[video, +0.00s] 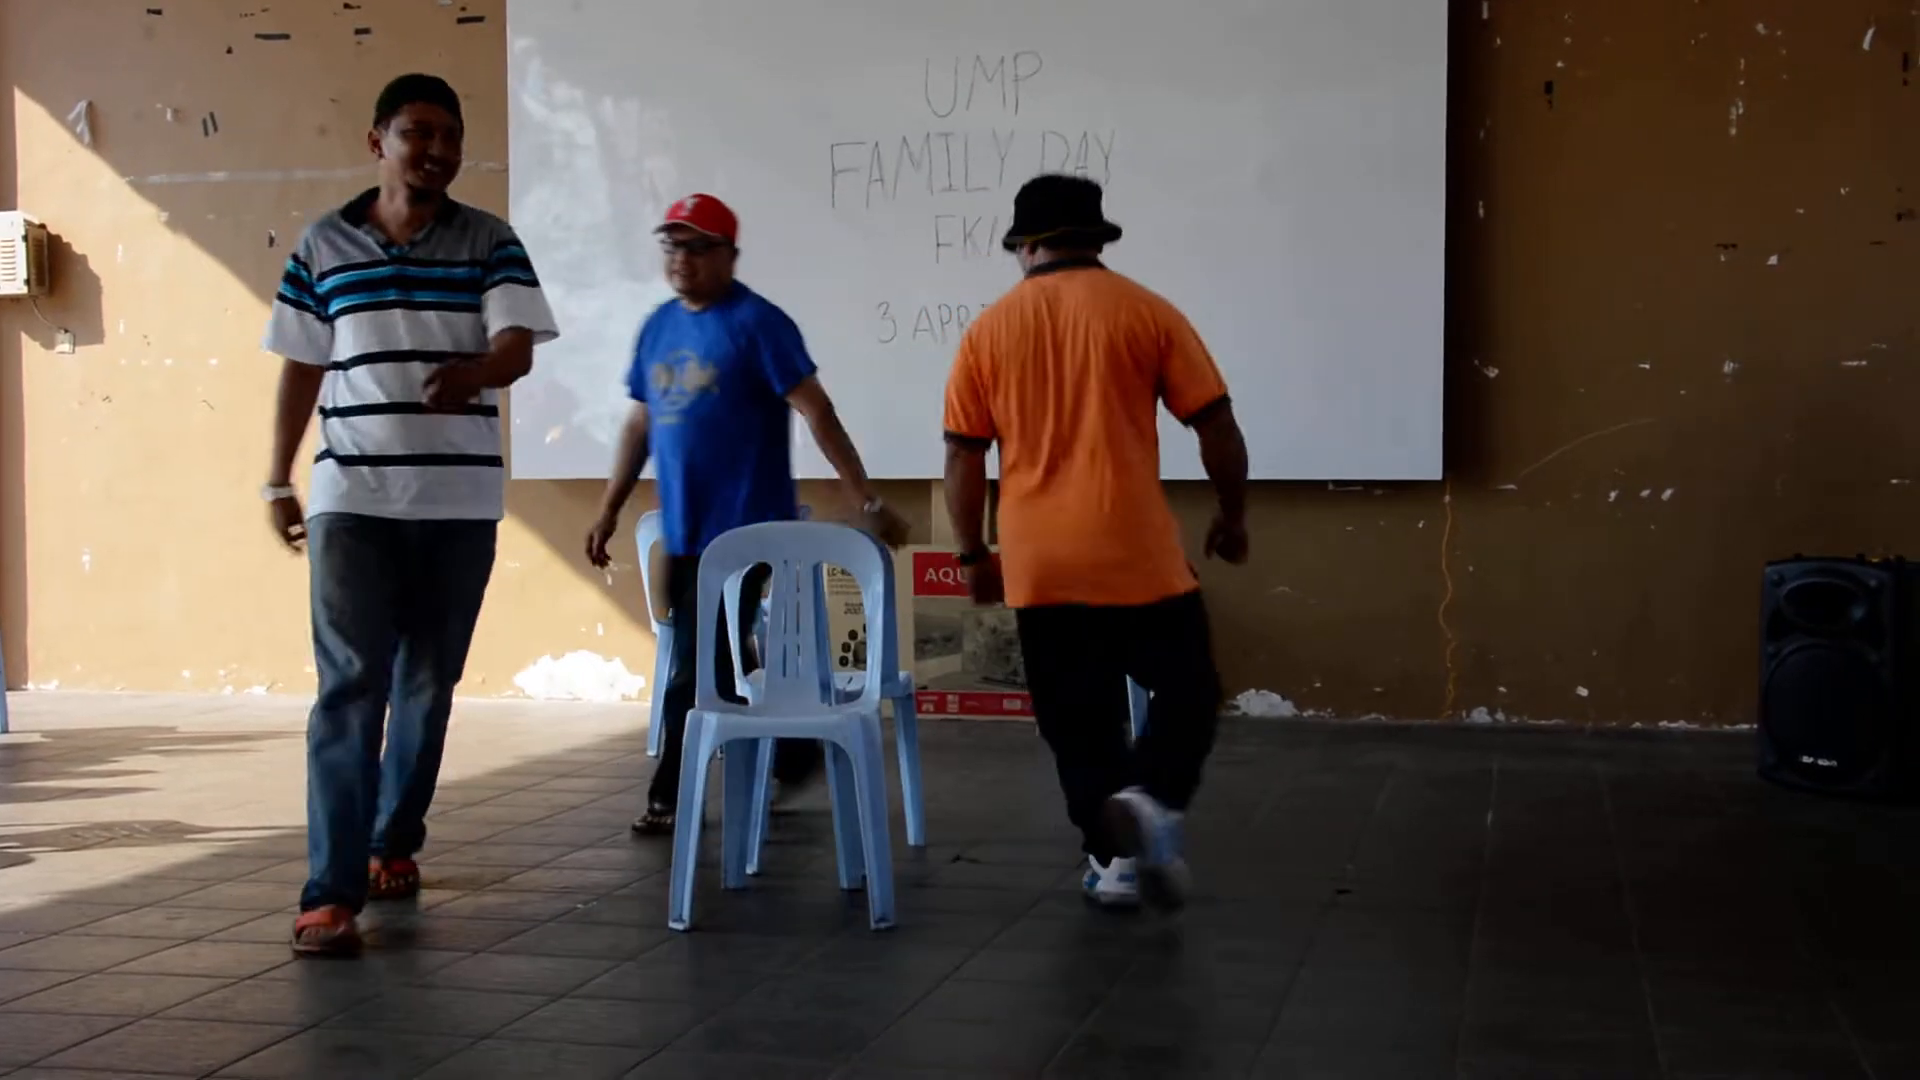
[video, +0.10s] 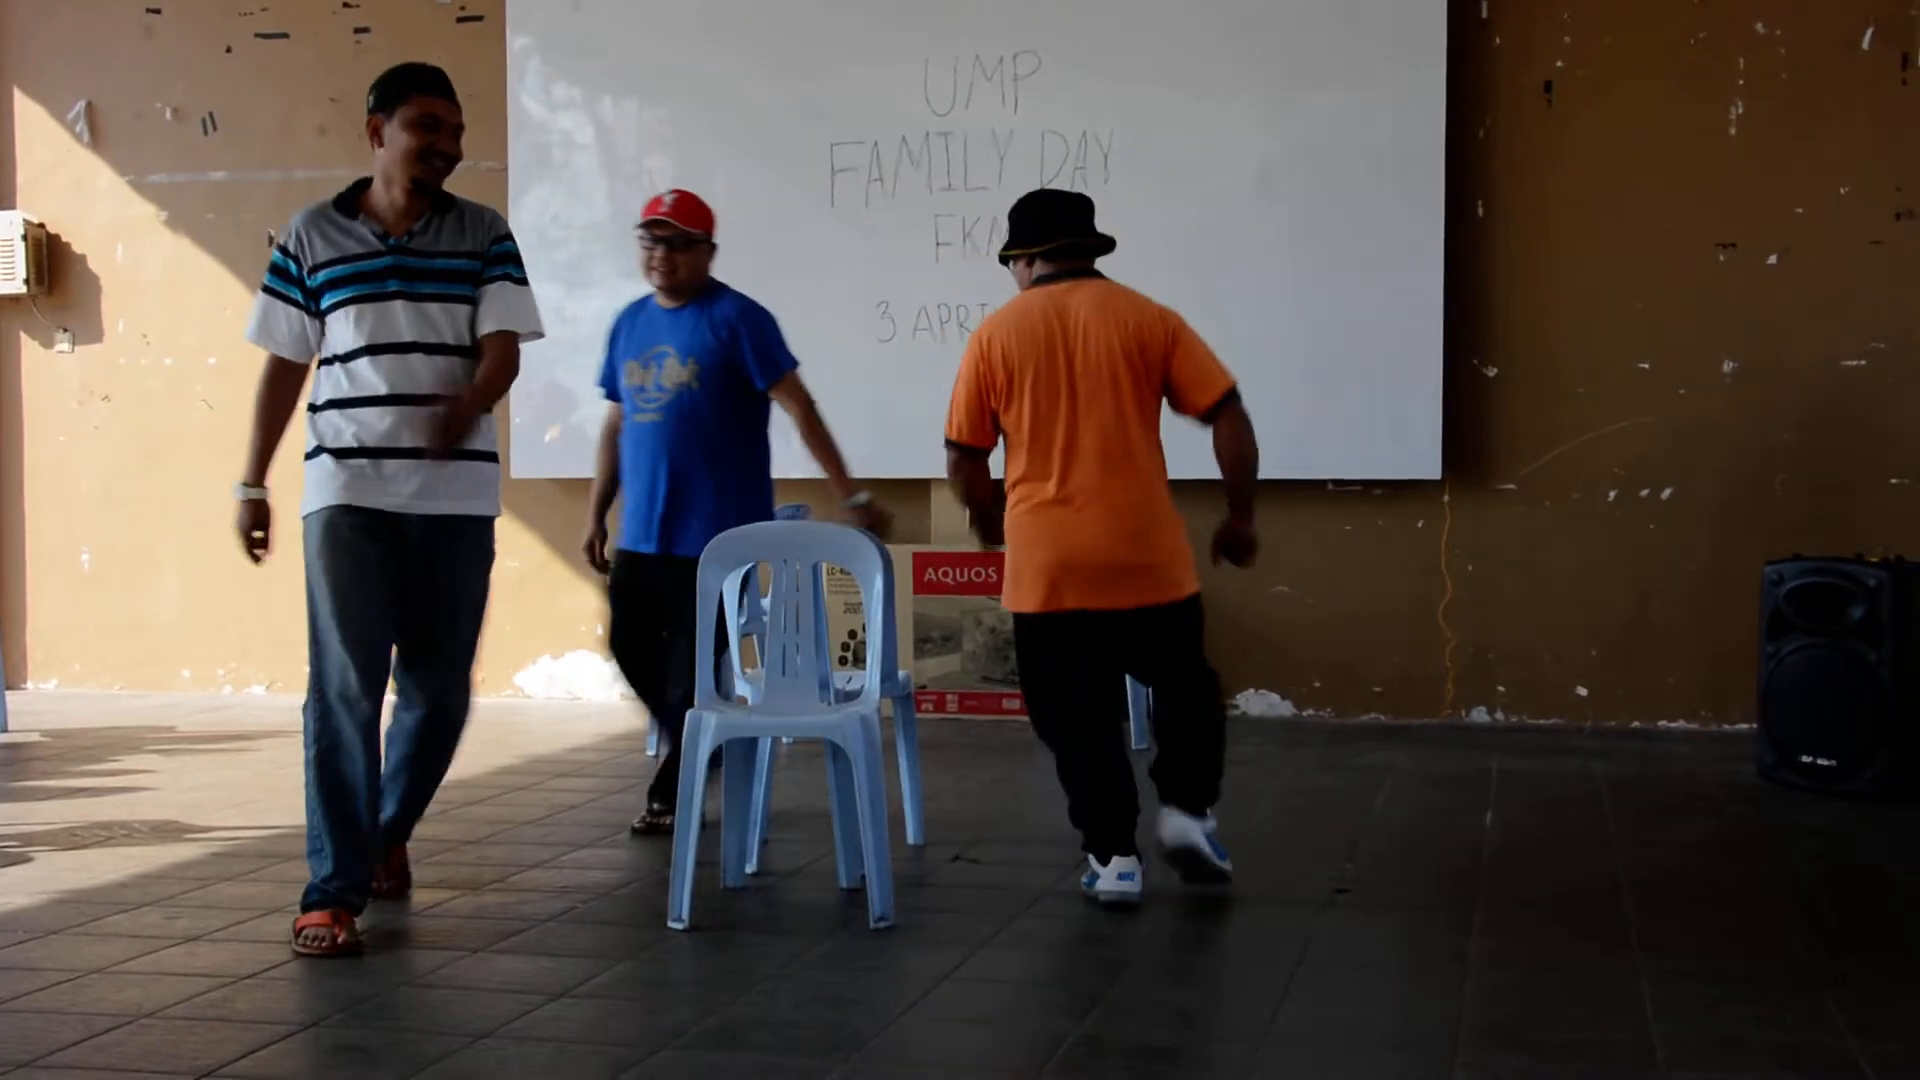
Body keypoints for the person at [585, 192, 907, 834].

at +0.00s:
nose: (678, 260)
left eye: (693, 248)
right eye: (669, 248)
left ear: (727, 255)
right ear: (662, 256)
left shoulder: (759, 322)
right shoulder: (657, 327)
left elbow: (817, 410)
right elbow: (639, 426)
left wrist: (865, 497)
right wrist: (609, 511)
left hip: (753, 530)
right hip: (685, 531)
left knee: (692, 666)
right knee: (706, 661)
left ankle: (670, 798)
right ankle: (797, 749)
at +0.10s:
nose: (658, 256)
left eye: (673, 245)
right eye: (649, 244)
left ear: (706, 252)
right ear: (639, 252)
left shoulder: (739, 319)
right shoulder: (631, 322)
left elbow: (800, 408)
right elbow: (617, 425)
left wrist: (850, 494)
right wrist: (598, 511)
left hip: (718, 529)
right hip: (642, 527)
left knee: (696, 664)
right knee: (630, 646)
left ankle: (669, 798)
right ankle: (708, 738)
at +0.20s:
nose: (639, 251)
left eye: (655, 240)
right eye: (629, 239)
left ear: (685, 246)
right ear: (618, 244)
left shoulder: (718, 315)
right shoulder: (602, 320)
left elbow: (765, 403)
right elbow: (589, 420)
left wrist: (793, 482)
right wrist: (586, 507)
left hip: (696, 530)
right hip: (614, 526)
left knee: (685, 672)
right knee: (587, 649)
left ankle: (671, 794)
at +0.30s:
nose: (622, 253)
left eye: (638, 241)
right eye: (611, 239)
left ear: (665, 247)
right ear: (596, 244)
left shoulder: (697, 316)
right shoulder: (572, 318)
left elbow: (728, 415)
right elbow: (555, 419)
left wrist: (722, 502)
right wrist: (543, 503)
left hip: (669, 535)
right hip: (586, 534)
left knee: (674, 683)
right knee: (557, 678)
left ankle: (667, 799)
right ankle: (529, 807)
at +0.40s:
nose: (610, 259)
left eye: (626, 247)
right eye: (598, 244)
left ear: (646, 253)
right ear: (576, 247)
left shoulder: (677, 322)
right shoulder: (545, 318)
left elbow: (697, 430)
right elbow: (509, 417)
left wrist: (644, 522)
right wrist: (498, 502)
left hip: (647, 542)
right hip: (556, 536)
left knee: (651, 679)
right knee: (537, 680)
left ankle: (662, 796)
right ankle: (523, 816)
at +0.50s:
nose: (598, 257)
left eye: (612, 245)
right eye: (585, 243)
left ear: (630, 250)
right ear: (559, 245)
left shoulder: (660, 318)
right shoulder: (532, 314)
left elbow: (682, 428)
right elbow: (501, 415)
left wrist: (611, 505)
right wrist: (519, 505)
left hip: (627, 530)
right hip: (542, 526)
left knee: (617, 665)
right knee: (525, 677)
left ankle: (637, 769)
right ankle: (520, 816)